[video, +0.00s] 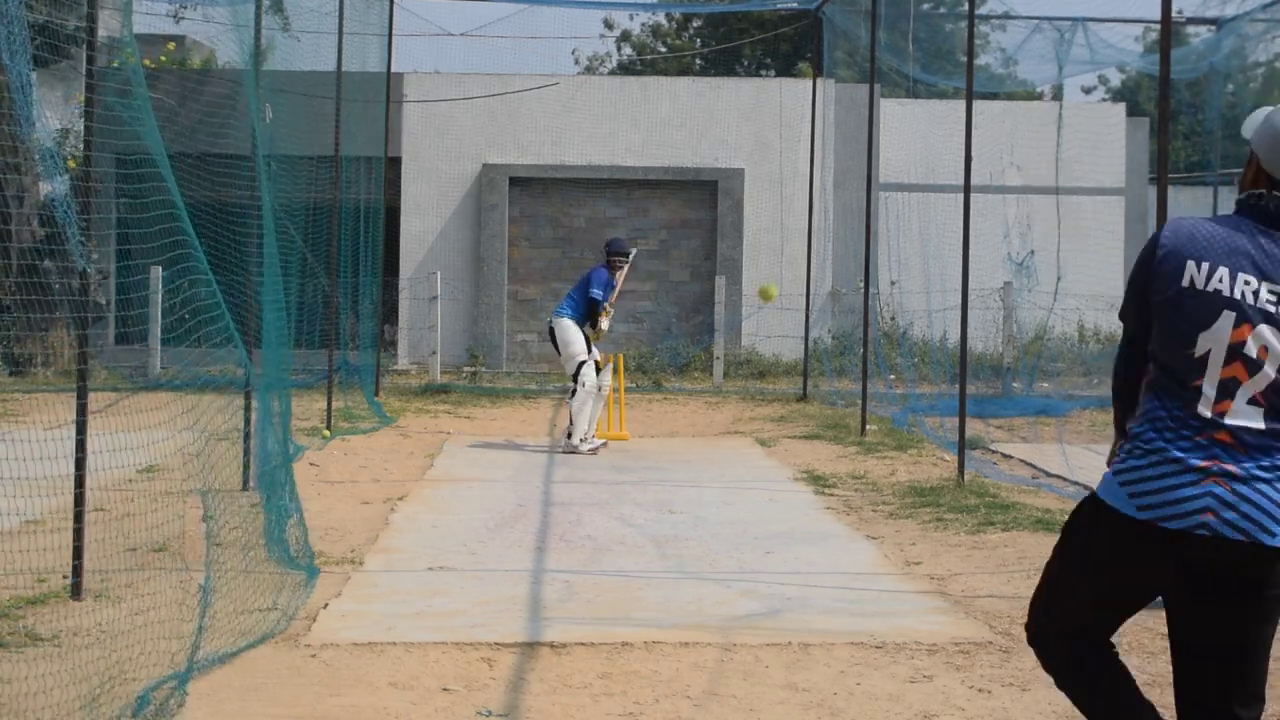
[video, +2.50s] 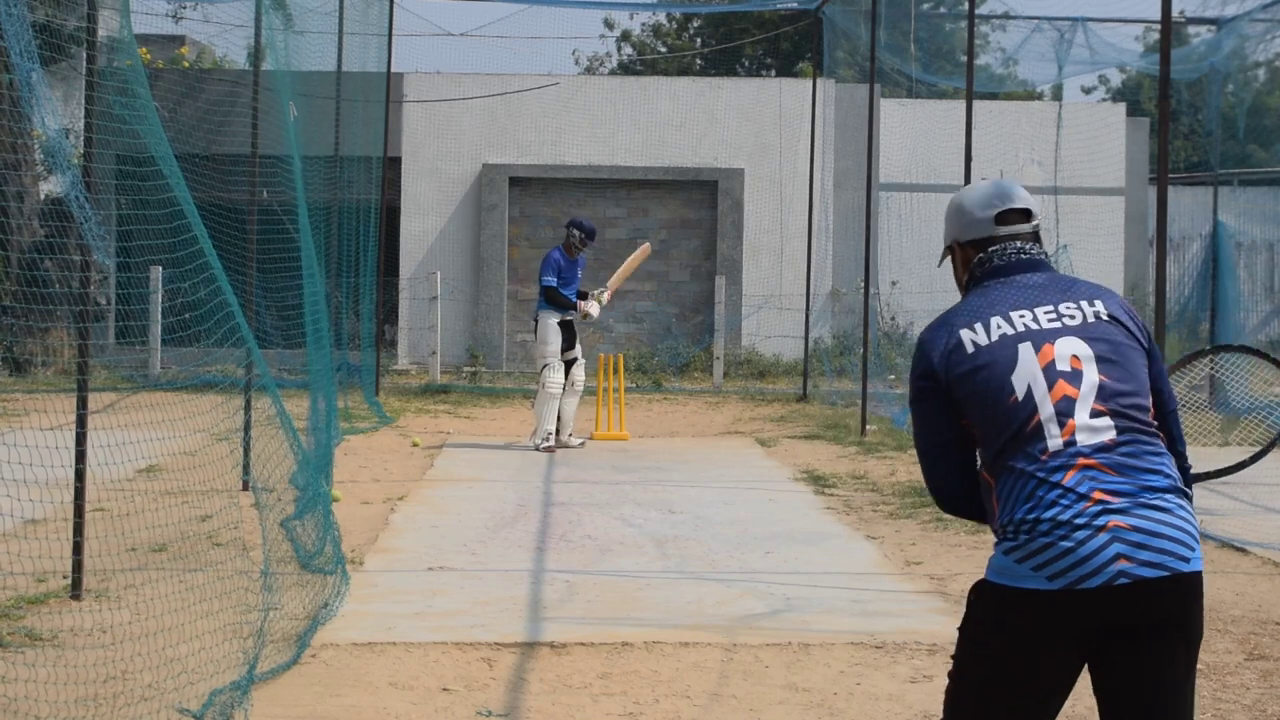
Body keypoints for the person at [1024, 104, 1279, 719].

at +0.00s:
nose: (1245, 166)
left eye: (1249, 158)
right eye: (1250, 158)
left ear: (1253, 167)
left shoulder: (1179, 240)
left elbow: (1129, 374)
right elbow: (1130, 376)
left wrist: (1134, 459)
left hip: (1146, 502)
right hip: (1255, 528)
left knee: (1061, 630)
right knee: (1228, 706)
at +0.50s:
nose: (1231, 170)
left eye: (1232, 162)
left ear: (1231, 169)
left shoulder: (1157, 240)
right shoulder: (1277, 264)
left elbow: (1109, 377)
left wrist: (1136, 456)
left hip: (1130, 501)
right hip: (1246, 519)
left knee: (1101, 621)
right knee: (1224, 700)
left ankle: (1116, 716)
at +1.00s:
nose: (1148, 195)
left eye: (1151, 181)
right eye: (1149, 182)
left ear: (1172, 178)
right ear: (1227, 181)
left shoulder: (1128, 248)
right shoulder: (1272, 267)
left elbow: (1073, 378)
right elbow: (1273, 398)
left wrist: (1122, 440)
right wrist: (1233, 446)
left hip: (1128, 512)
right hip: (1237, 516)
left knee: (1080, 698)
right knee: (1212, 701)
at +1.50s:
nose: (961, 288)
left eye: (960, 275)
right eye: (958, 278)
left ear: (980, 250)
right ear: (1037, 241)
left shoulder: (973, 306)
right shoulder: (1117, 294)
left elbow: (938, 451)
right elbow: (1166, 418)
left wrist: (897, 575)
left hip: (1059, 535)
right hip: (1166, 534)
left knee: (982, 706)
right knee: (1163, 708)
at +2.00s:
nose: (767, 522)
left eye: (760, 507)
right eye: (759, 510)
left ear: (770, 481)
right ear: (803, 442)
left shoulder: (791, 512)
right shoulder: (894, 408)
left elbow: (769, 664)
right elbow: (1031, 448)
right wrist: (902, 564)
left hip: (962, 561)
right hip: (1075, 529)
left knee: (896, 709)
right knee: (1129, 705)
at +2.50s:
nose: (953, 271)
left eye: (952, 259)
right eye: (952, 259)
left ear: (964, 257)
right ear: (1035, 243)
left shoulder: (943, 337)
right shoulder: (1117, 306)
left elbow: (953, 491)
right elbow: (1173, 446)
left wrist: (1041, 500)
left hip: (1044, 579)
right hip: (1166, 570)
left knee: (979, 710)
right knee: (1161, 711)